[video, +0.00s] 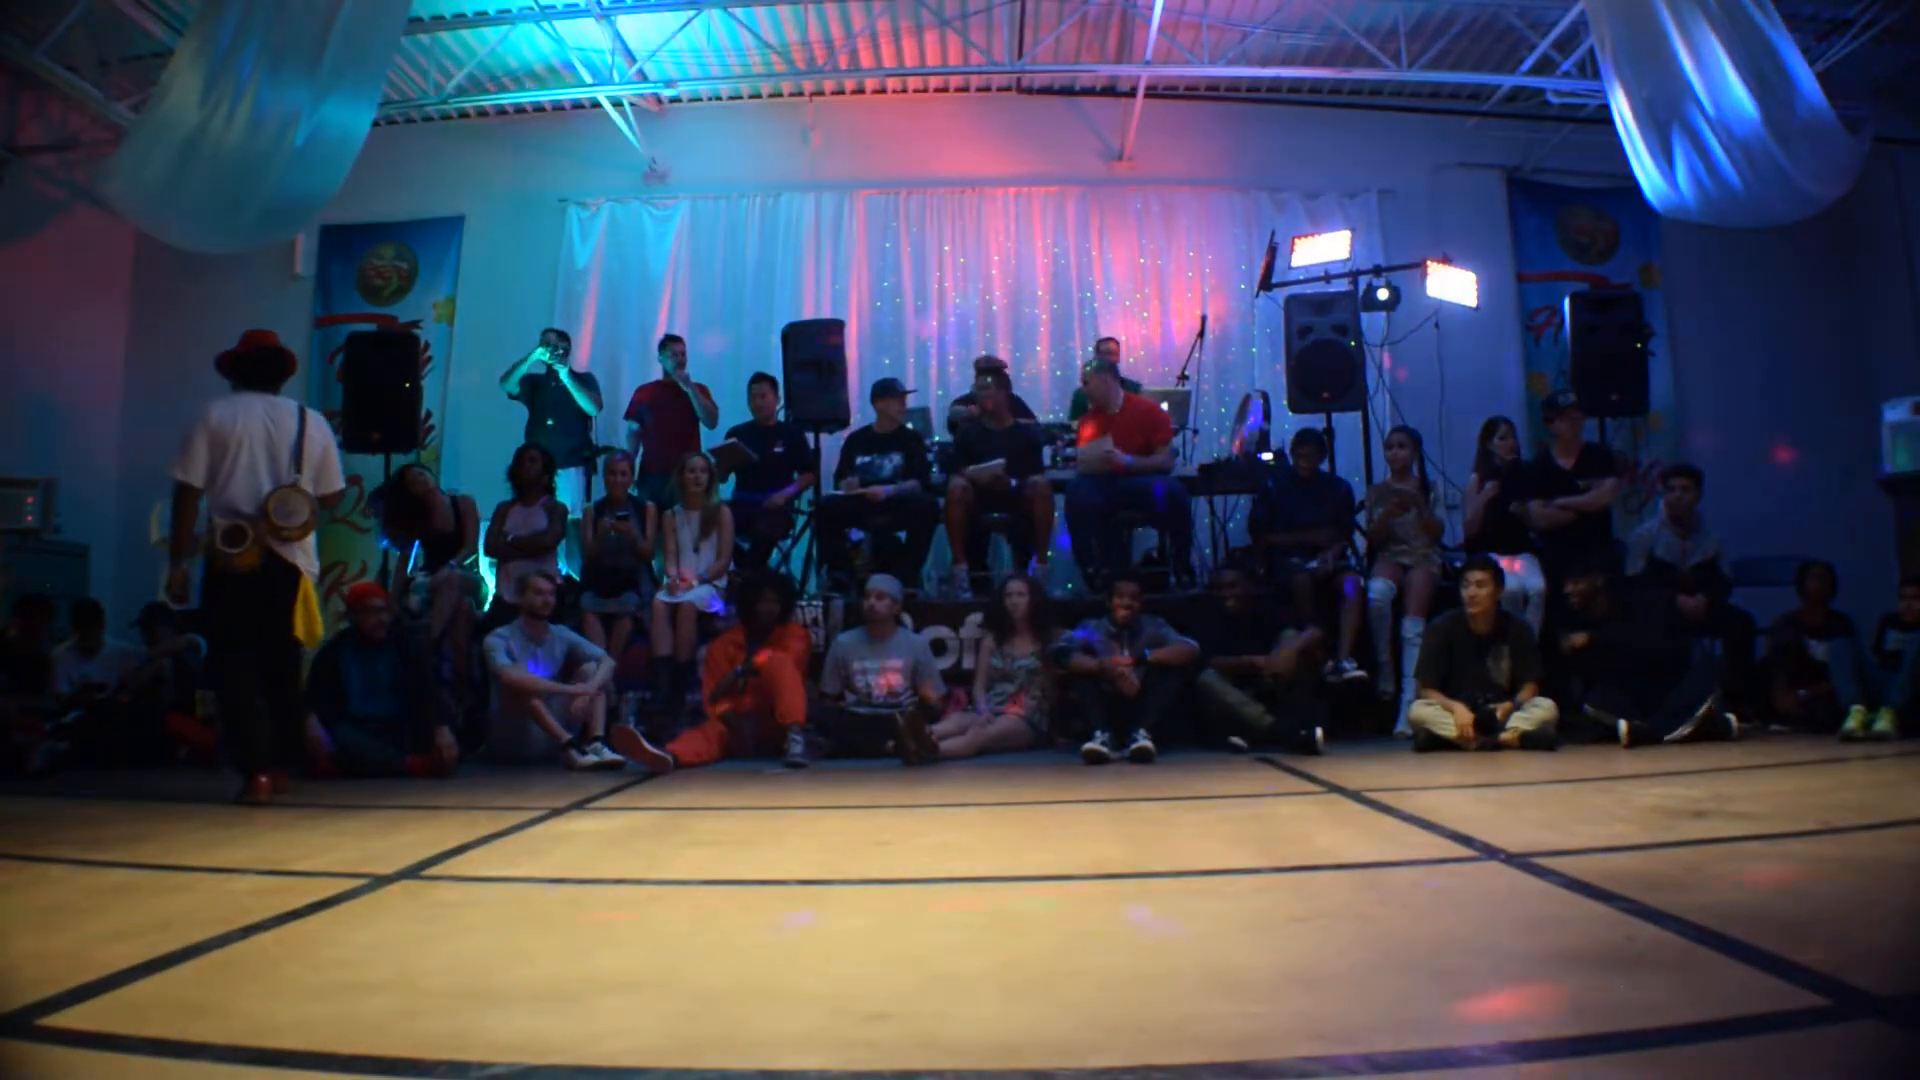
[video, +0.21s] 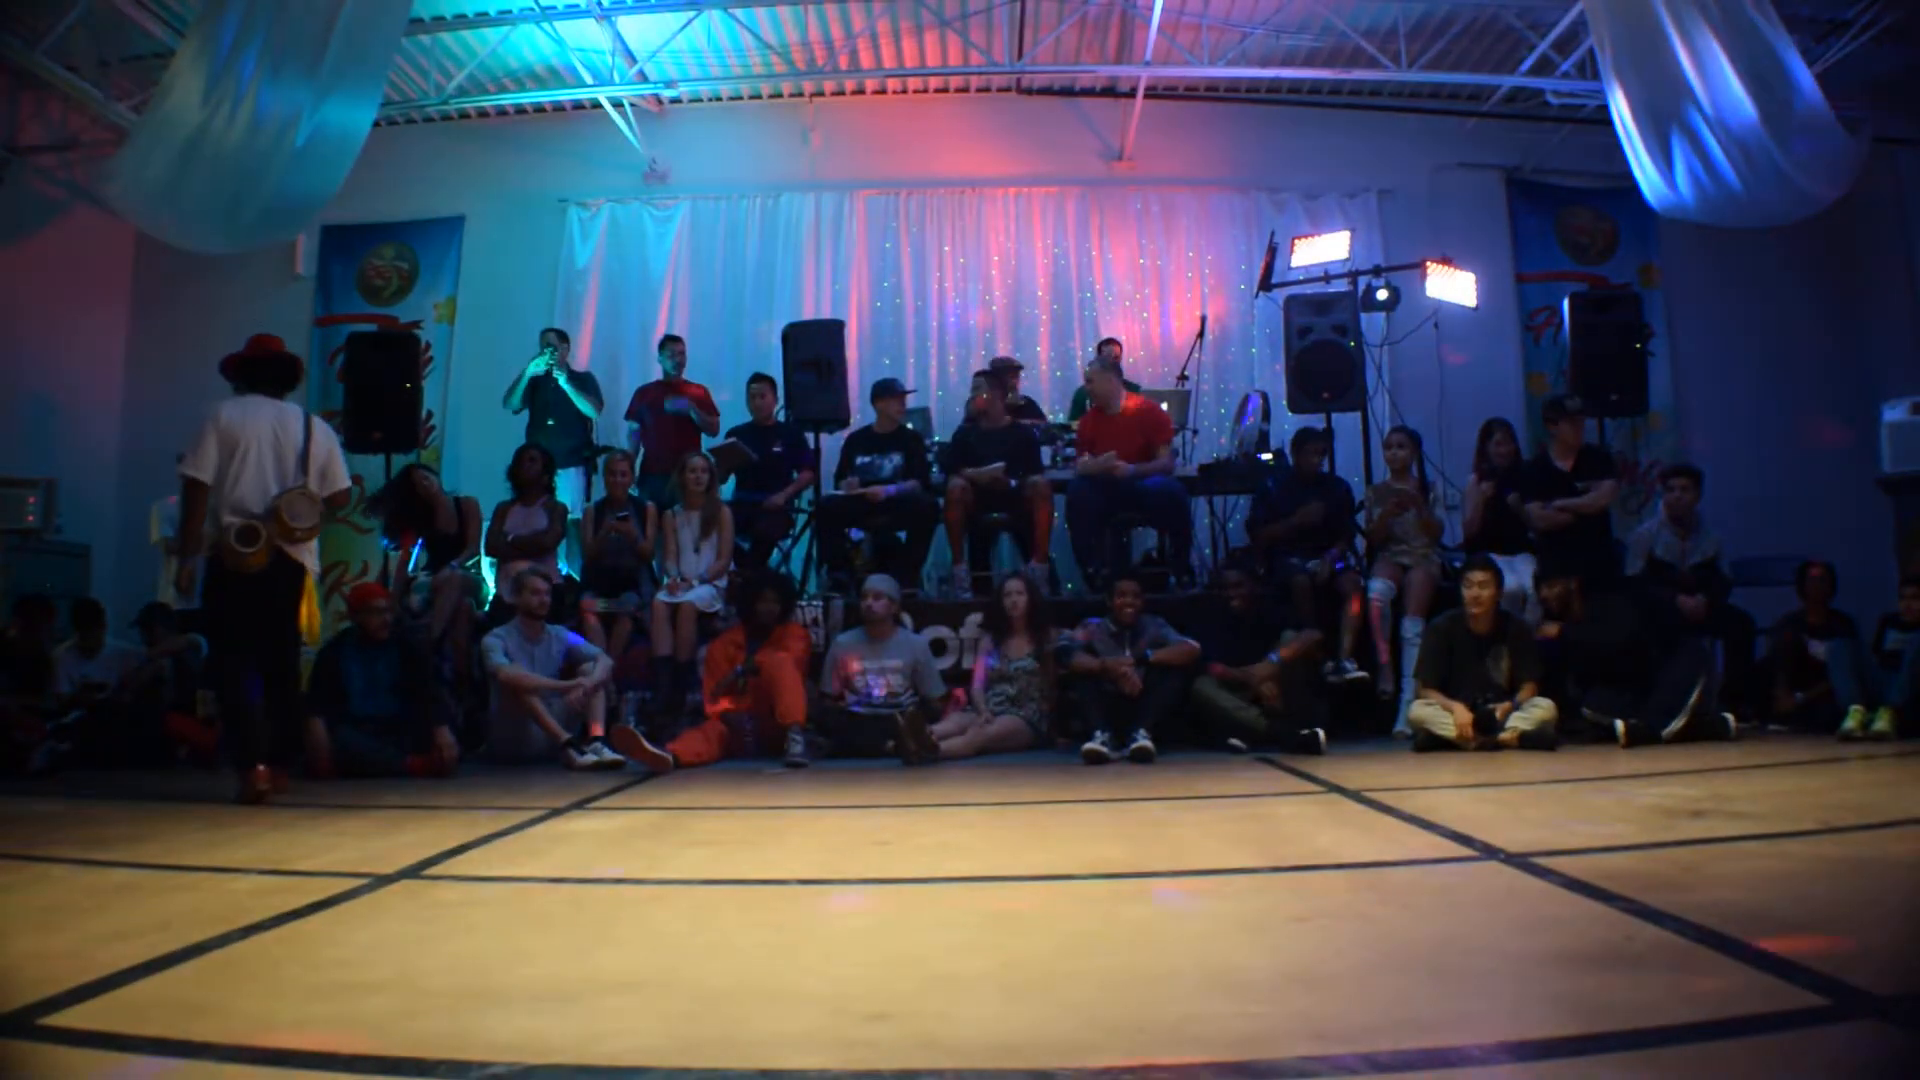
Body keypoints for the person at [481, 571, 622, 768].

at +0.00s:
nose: (548, 600)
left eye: (551, 594)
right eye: (539, 593)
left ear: (555, 597)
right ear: (522, 598)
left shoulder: (561, 634)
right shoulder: (499, 639)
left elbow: (608, 662)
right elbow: (509, 677)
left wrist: (587, 694)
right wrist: (573, 690)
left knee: (590, 669)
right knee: (520, 681)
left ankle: (596, 743)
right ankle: (568, 746)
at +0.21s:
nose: (544, 600)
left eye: (547, 594)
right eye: (535, 594)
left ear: (551, 597)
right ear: (518, 597)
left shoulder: (558, 634)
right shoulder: (496, 639)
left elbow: (605, 661)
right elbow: (506, 675)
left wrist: (589, 684)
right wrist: (567, 686)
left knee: (590, 671)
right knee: (517, 679)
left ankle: (597, 743)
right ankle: (567, 746)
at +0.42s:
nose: (543, 599)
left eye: (546, 593)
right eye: (534, 593)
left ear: (550, 597)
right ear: (516, 597)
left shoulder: (556, 635)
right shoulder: (496, 639)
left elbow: (605, 660)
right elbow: (505, 674)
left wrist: (588, 683)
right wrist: (569, 684)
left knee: (594, 671)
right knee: (517, 682)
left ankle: (597, 743)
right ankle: (567, 745)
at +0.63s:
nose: (545, 597)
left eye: (546, 591)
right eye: (536, 592)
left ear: (550, 594)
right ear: (515, 598)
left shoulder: (555, 635)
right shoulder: (495, 640)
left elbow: (605, 661)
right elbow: (504, 674)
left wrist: (589, 682)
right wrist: (568, 684)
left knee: (594, 673)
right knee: (517, 683)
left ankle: (596, 743)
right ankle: (567, 746)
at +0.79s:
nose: (546, 598)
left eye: (548, 592)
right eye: (537, 592)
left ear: (552, 595)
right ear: (517, 598)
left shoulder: (557, 635)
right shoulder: (496, 639)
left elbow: (606, 660)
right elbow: (505, 674)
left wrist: (590, 682)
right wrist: (569, 684)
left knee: (594, 672)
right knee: (518, 681)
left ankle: (597, 743)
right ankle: (566, 746)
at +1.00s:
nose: (546, 602)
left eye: (549, 596)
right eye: (539, 595)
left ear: (553, 598)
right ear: (519, 598)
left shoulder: (558, 635)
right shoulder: (498, 639)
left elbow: (607, 660)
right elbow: (508, 674)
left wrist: (590, 682)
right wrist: (569, 684)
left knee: (594, 669)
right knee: (520, 683)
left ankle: (598, 742)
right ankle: (569, 746)